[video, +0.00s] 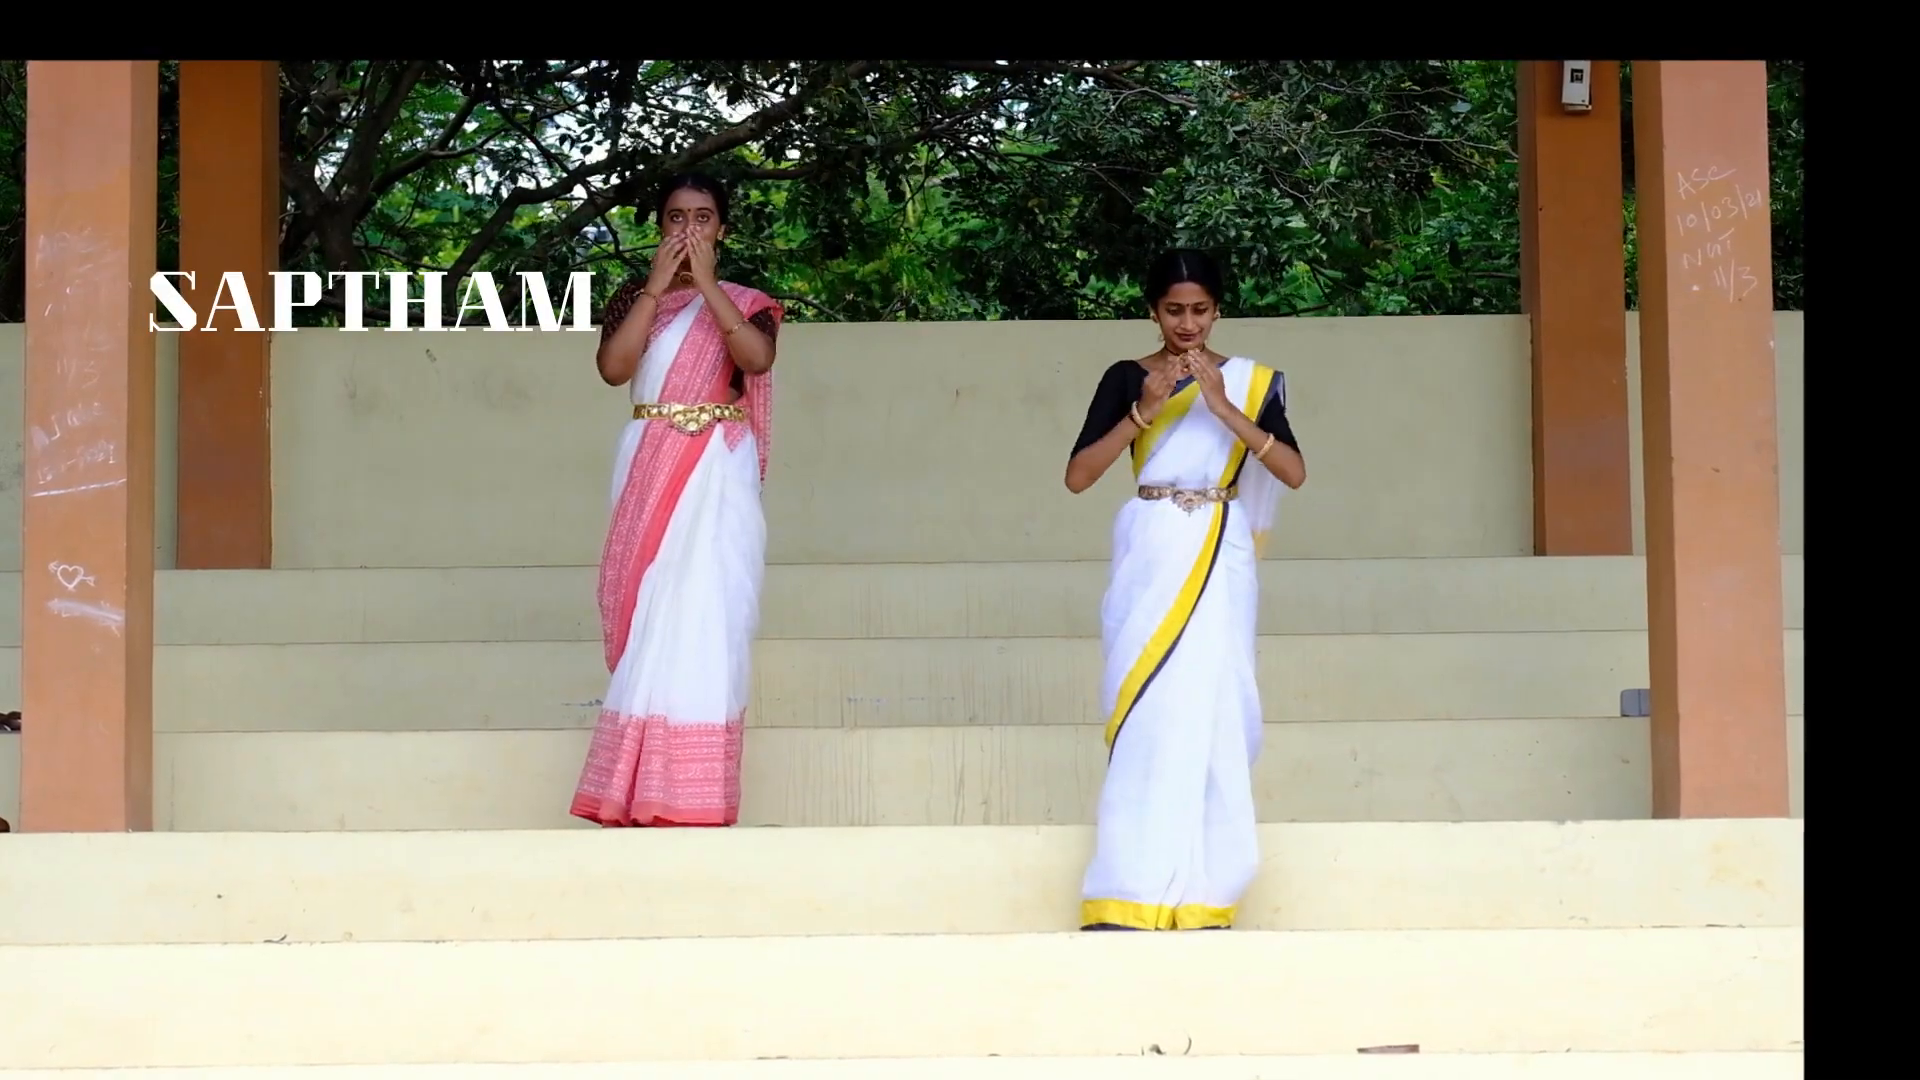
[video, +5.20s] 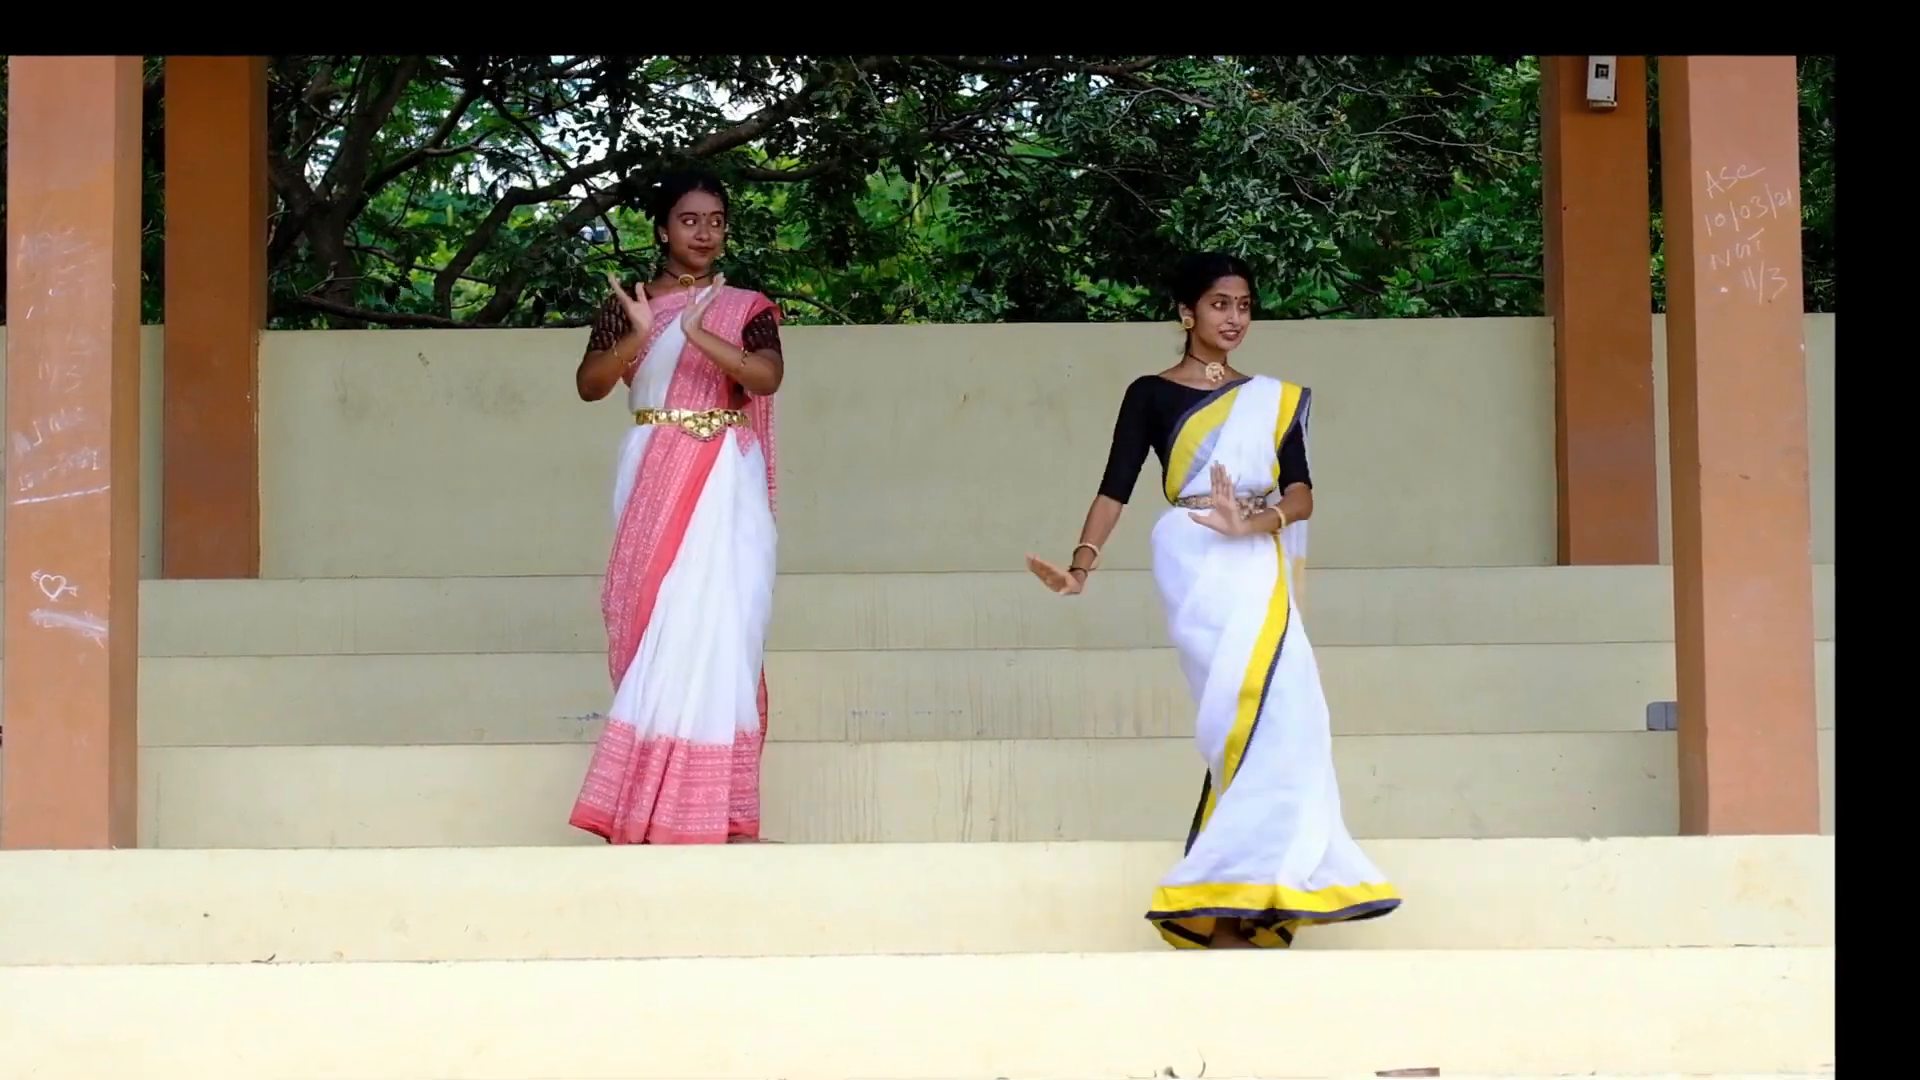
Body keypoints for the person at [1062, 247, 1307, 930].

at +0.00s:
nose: (1188, 322)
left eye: (1200, 310)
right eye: (1175, 310)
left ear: (1217, 312)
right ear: (1155, 312)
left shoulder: (1254, 383)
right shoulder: (1128, 378)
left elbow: (1294, 471)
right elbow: (1077, 476)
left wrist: (1222, 410)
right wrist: (1143, 412)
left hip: (1220, 555)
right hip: (1147, 549)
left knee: (1208, 709)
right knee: (1142, 707)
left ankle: (1201, 887)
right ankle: (1131, 887)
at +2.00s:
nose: (1182, 308)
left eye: (1194, 292)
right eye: (1170, 293)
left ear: (1217, 303)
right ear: (1153, 306)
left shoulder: (1246, 376)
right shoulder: (1135, 378)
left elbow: (1243, 406)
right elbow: (1127, 408)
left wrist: (1205, 324)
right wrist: (1164, 332)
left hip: (1216, 554)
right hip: (1148, 552)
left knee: (1203, 712)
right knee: (1145, 711)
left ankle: (1202, 894)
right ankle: (1136, 893)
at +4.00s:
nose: (1209, 305)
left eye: (1221, 292)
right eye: (1197, 294)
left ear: (1246, 305)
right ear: (1180, 307)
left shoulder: (1269, 381)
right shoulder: (1162, 373)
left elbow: (1263, 422)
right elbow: (1114, 406)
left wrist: (1229, 339)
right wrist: (1157, 333)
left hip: (1224, 562)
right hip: (1154, 557)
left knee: (1215, 723)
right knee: (1153, 720)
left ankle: (1213, 904)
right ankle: (1147, 902)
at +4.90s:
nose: (1202, 320)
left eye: (1215, 309)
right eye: (1189, 308)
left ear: (1230, 315)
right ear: (1165, 313)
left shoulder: (1262, 382)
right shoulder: (1141, 382)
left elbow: (1286, 458)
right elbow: (1136, 457)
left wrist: (1253, 366)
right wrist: (1173, 373)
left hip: (1240, 558)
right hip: (1172, 555)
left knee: (1239, 720)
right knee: (1169, 718)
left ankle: (1238, 905)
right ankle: (1163, 906)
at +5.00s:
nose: (1213, 318)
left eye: (1224, 307)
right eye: (1200, 305)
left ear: (1236, 316)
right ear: (1174, 311)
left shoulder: (1273, 392)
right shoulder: (1145, 389)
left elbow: (1299, 496)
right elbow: (1123, 498)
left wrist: (1265, 448)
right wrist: (1178, 441)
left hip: (1255, 563)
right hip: (1183, 563)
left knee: (1254, 723)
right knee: (1186, 722)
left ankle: (1248, 908)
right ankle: (1175, 908)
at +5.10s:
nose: (1225, 320)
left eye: (1235, 309)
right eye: (1212, 307)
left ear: (1244, 318)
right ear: (1181, 312)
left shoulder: (1271, 400)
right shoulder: (1148, 395)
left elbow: (1299, 498)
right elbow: (1121, 497)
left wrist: (1261, 510)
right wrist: (1132, 520)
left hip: (1266, 572)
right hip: (1193, 570)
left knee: (1284, 722)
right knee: (1248, 726)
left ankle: (1247, 913)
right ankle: (1167, 900)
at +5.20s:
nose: (1235, 316)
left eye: (1243, 305)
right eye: (1221, 303)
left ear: (1250, 316)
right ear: (1188, 310)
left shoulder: (1271, 399)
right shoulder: (1151, 395)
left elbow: (1301, 494)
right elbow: (1115, 488)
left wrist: (1257, 518)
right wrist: (1079, 564)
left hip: (1266, 564)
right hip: (1196, 563)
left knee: (1287, 709)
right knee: (1255, 707)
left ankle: (1250, 895)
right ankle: (1223, 889)